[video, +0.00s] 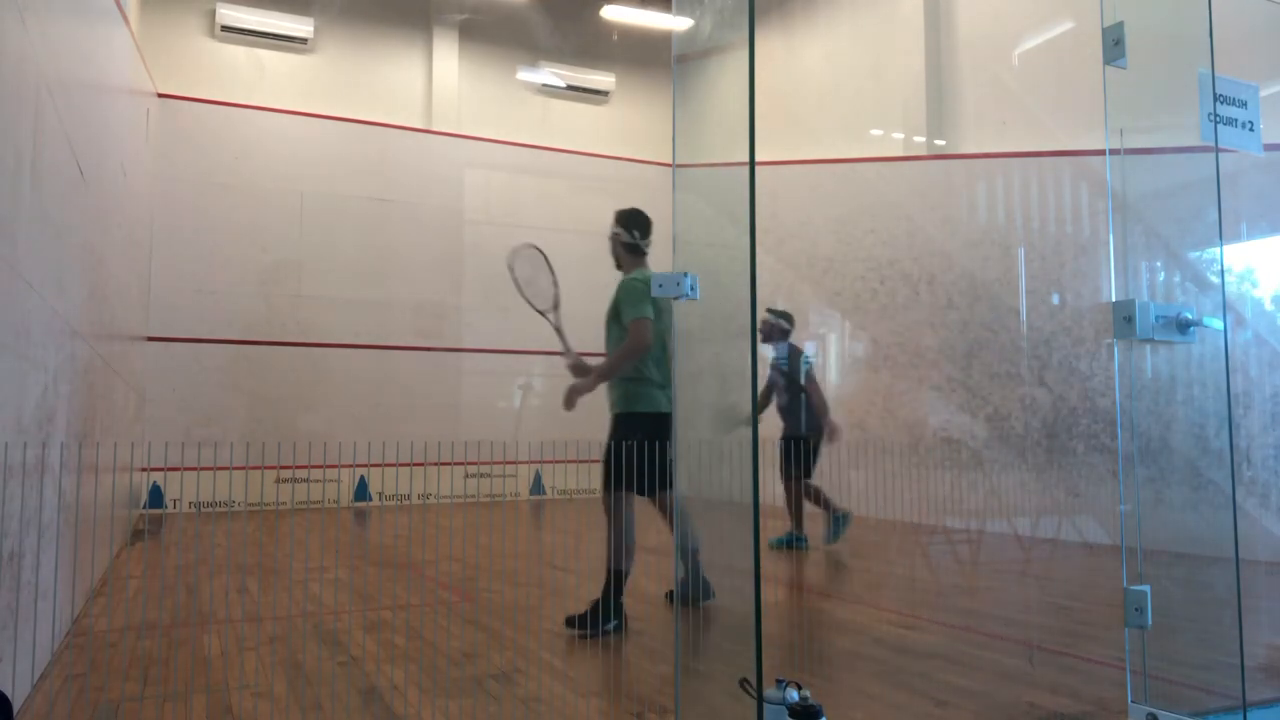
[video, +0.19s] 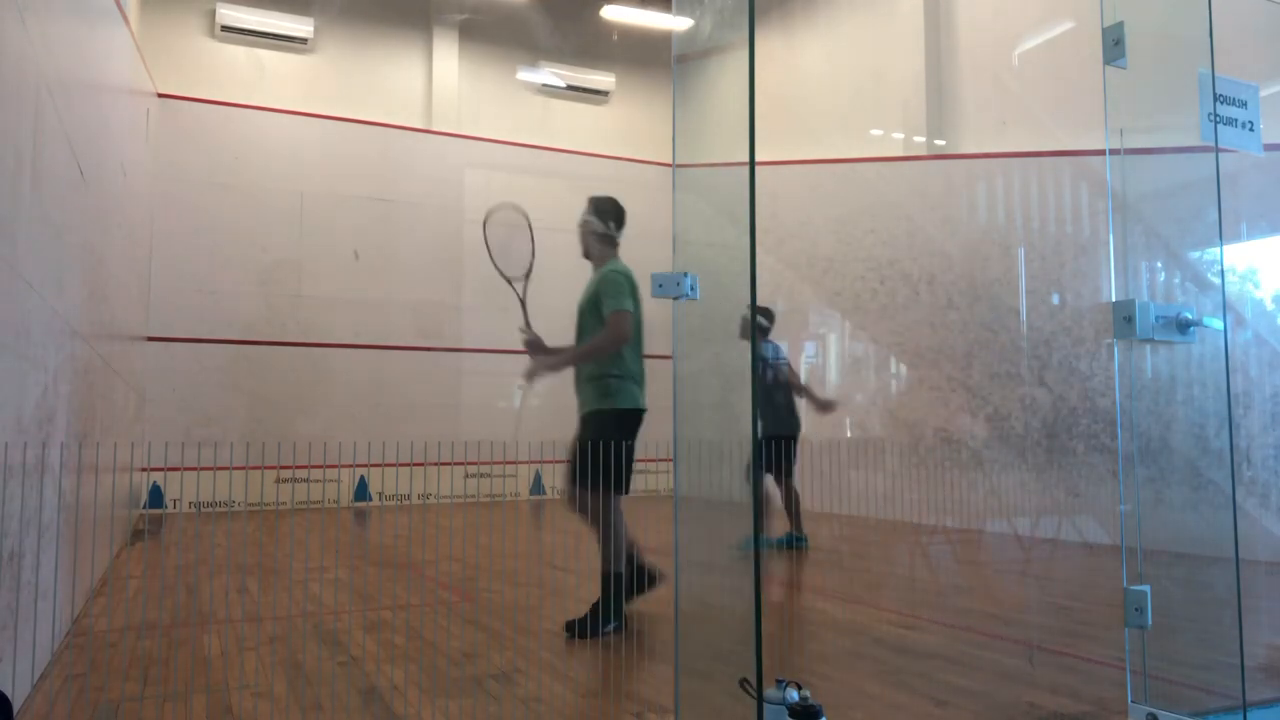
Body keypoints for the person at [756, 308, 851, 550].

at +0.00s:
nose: (760, 330)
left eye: (765, 327)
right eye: (761, 326)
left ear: (779, 330)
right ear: (775, 330)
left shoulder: (793, 355)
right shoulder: (779, 358)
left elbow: (813, 388)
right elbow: (768, 391)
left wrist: (826, 420)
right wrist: (753, 414)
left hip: (808, 427)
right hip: (792, 427)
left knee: (798, 480)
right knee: (790, 480)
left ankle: (837, 512)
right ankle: (797, 532)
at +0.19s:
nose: (740, 324)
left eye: (745, 321)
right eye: (742, 320)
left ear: (755, 327)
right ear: (762, 328)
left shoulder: (762, 351)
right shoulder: (772, 350)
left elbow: (791, 379)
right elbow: (792, 380)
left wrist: (816, 401)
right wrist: (816, 401)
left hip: (777, 427)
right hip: (781, 426)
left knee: (757, 476)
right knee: (784, 479)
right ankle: (797, 532)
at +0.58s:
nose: (697, 318)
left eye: (702, 314)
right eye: (699, 313)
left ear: (713, 320)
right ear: (722, 322)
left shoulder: (706, 347)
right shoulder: (740, 347)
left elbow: (694, 385)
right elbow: (753, 389)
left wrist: (669, 407)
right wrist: (744, 415)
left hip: (717, 425)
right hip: (744, 425)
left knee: (696, 477)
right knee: (750, 479)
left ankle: (705, 539)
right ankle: (775, 532)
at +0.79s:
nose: (687, 313)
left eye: (692, 309)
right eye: (688, 308)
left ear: (704, 313)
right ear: (714, 314)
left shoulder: (694, 343)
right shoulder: (728, 343)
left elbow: (692, 387)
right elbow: (730, 384)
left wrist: (683, 423)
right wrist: (720, 411)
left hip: (698, 425)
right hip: (726, 424)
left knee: (691, 481)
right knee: (722, 481)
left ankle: (706, 536)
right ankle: (715, 535)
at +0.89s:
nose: (682, 316)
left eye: (686, 312)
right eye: (684, 311)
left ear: (693, 316)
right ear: (709, 317)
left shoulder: (689, 342)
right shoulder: (724, 345)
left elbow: (694, 382)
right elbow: (729, 391)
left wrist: (690, 417)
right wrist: (715, 412)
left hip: (695, 421)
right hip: (722, 424)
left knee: (675, 478)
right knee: (714, 484)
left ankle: (698, 536)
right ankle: (705, 543)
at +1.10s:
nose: (674, 322)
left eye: (677, 317)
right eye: (676, 316)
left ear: (684, 318)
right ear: (701, 318)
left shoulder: (680, 342)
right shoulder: (718, 347)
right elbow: (725, 398)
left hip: (684, 423)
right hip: (716, 425)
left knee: (653, 478)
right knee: (719, 486)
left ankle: (647, 538)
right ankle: (710, 542)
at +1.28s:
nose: (688, 339)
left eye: (687, 335)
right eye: (697, 338)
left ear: (684, 336)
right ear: (707, 341)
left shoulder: (673, 361)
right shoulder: (717, 368)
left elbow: (663, 387)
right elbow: (730, 407)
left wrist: (658, 422)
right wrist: (734, 437)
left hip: (685, 440)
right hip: (719, 442)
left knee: (644, 486)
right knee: (737, 492)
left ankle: (635, 551)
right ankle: (764, 543)